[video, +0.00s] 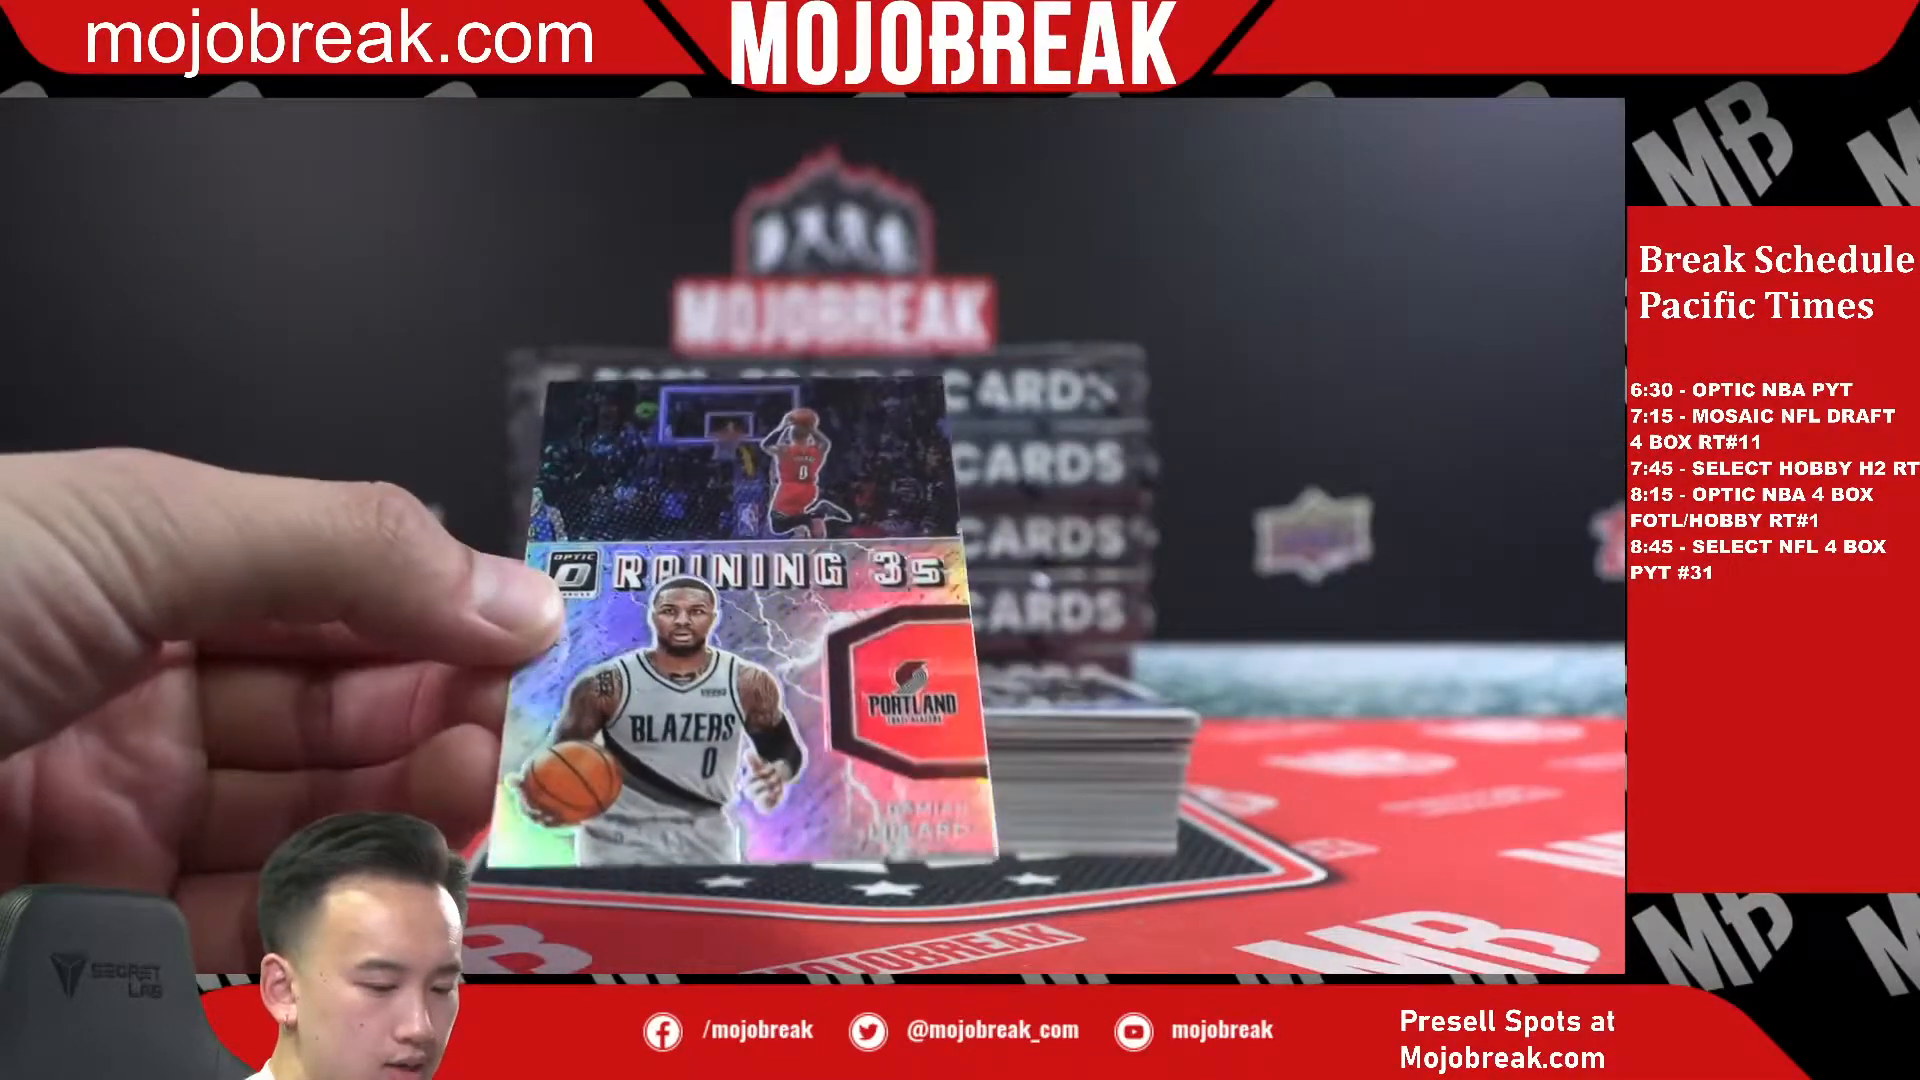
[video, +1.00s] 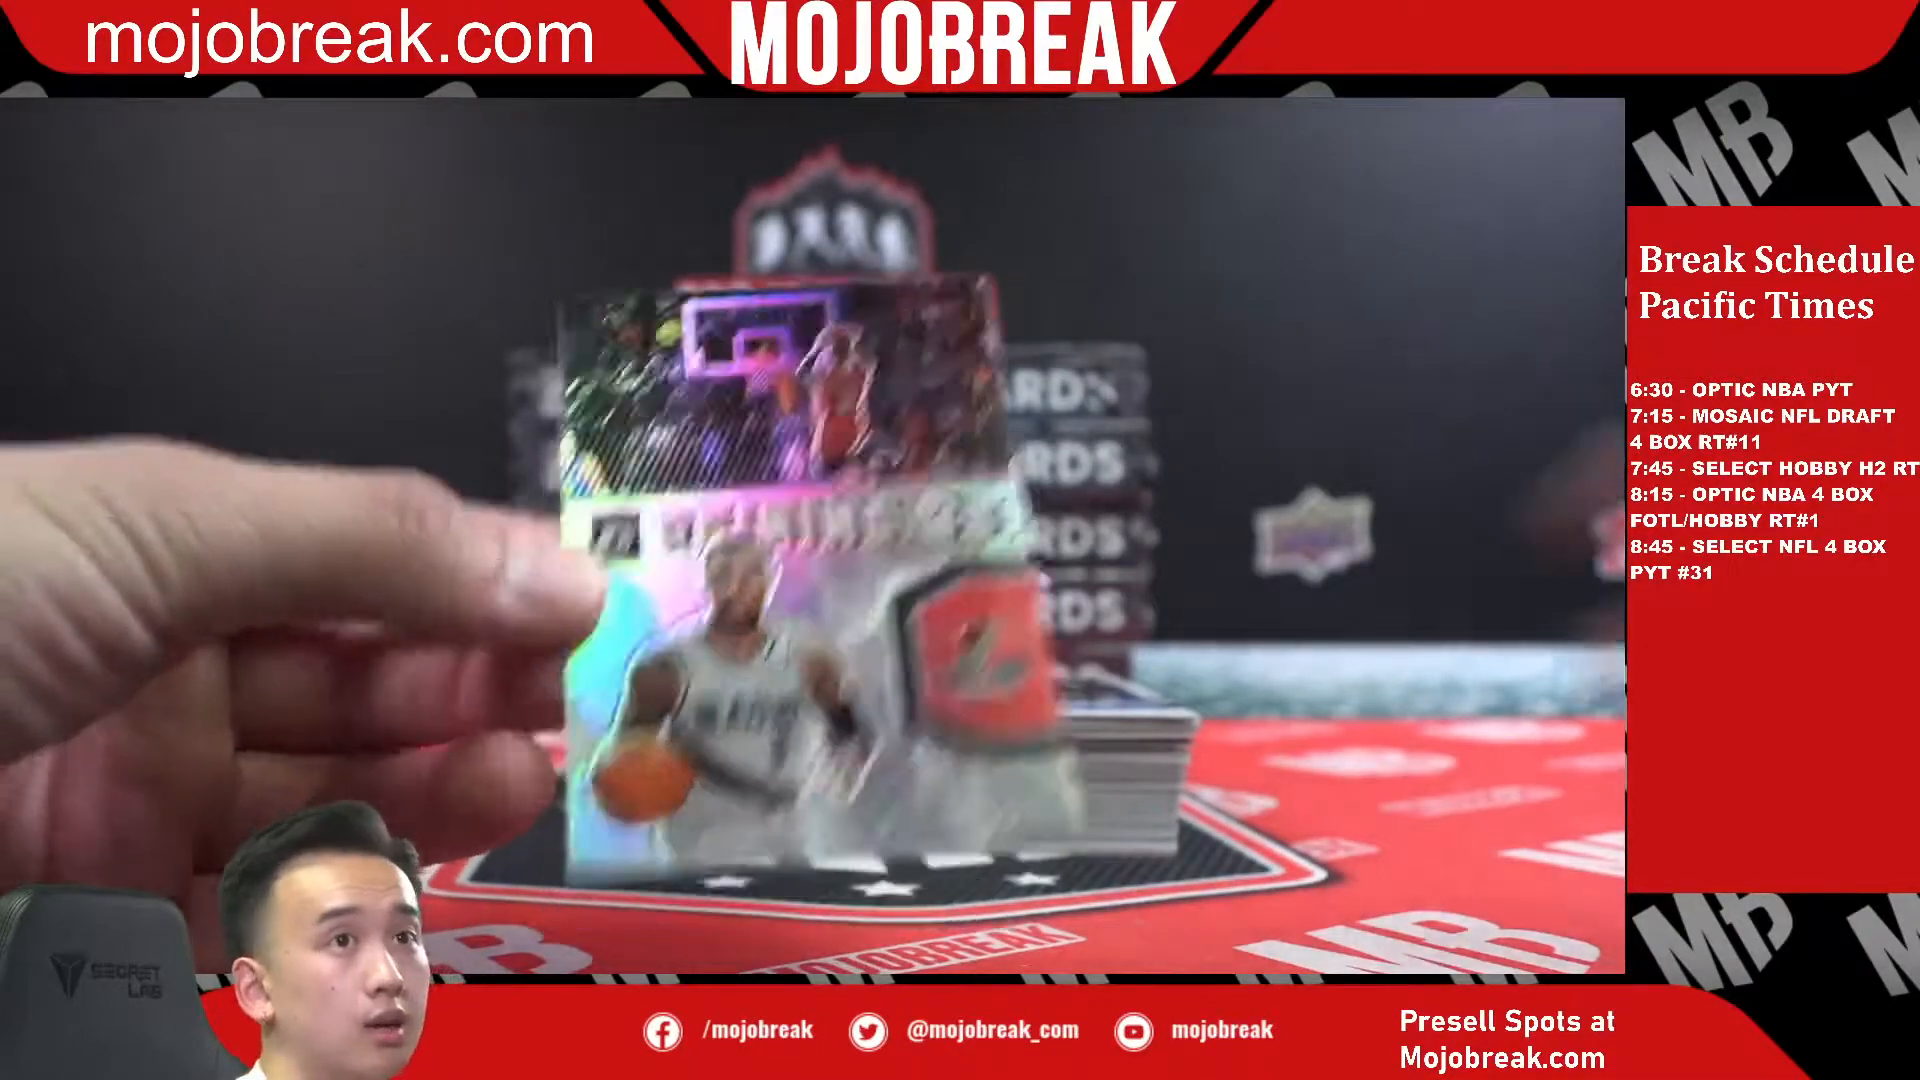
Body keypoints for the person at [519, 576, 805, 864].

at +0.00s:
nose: (682, 621)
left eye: (696, 611)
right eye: (670, 611)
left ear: (713, 619)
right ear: (652, 618)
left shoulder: (750, 684)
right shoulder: (603, 685)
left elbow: (787, 750)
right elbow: (557, 756)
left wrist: (779, 774)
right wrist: (537, 788)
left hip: (707, 839)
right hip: (619, 839)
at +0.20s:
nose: (686, 617)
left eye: (700, 606)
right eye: (673, 605)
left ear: (717, 614)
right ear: (654, 614)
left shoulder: (754, 688)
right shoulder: (606, 690)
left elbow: (792, 766)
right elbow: (557, 773)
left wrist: (782, 789)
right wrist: (541, 811)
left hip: (711, 863)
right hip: (624, 862)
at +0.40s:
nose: (695, 631)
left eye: (708, 619)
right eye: (682, 620)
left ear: (727, 625)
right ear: (664, 628)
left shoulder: (765, 706)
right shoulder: (622, 711)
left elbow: (805, 788)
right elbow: (584, 802)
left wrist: (796, 812)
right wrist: (567, 842)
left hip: (732, 886)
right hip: (646, 891)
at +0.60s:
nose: (707, 646)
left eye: (721, 634)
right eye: (694, 634)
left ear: (740, 643)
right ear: (674, 641)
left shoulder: (777, 723)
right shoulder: (629, 724)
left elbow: (814, 808)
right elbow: (588, 812)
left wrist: (804, 835)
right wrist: (572, 850)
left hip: (741, 899)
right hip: (659, 901)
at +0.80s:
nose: (711, 648)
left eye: (725, 636)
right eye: (697, 635)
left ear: (743, 645)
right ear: (677, 643)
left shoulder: (780, 726)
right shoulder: (632, 727)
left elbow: (816, 811)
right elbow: (590, 814)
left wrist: (807, 838)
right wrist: (574, 855)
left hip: (743, 904)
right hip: (661, 905)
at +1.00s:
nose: (735, 590)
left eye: (749, 576)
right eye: (723, 577)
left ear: (769, 581)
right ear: (708, 584)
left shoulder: (808, 657)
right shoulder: (666, 670)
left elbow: (854, 738)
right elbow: (619, 759)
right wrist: (628, 782)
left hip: (787, 856)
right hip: (701, 860)